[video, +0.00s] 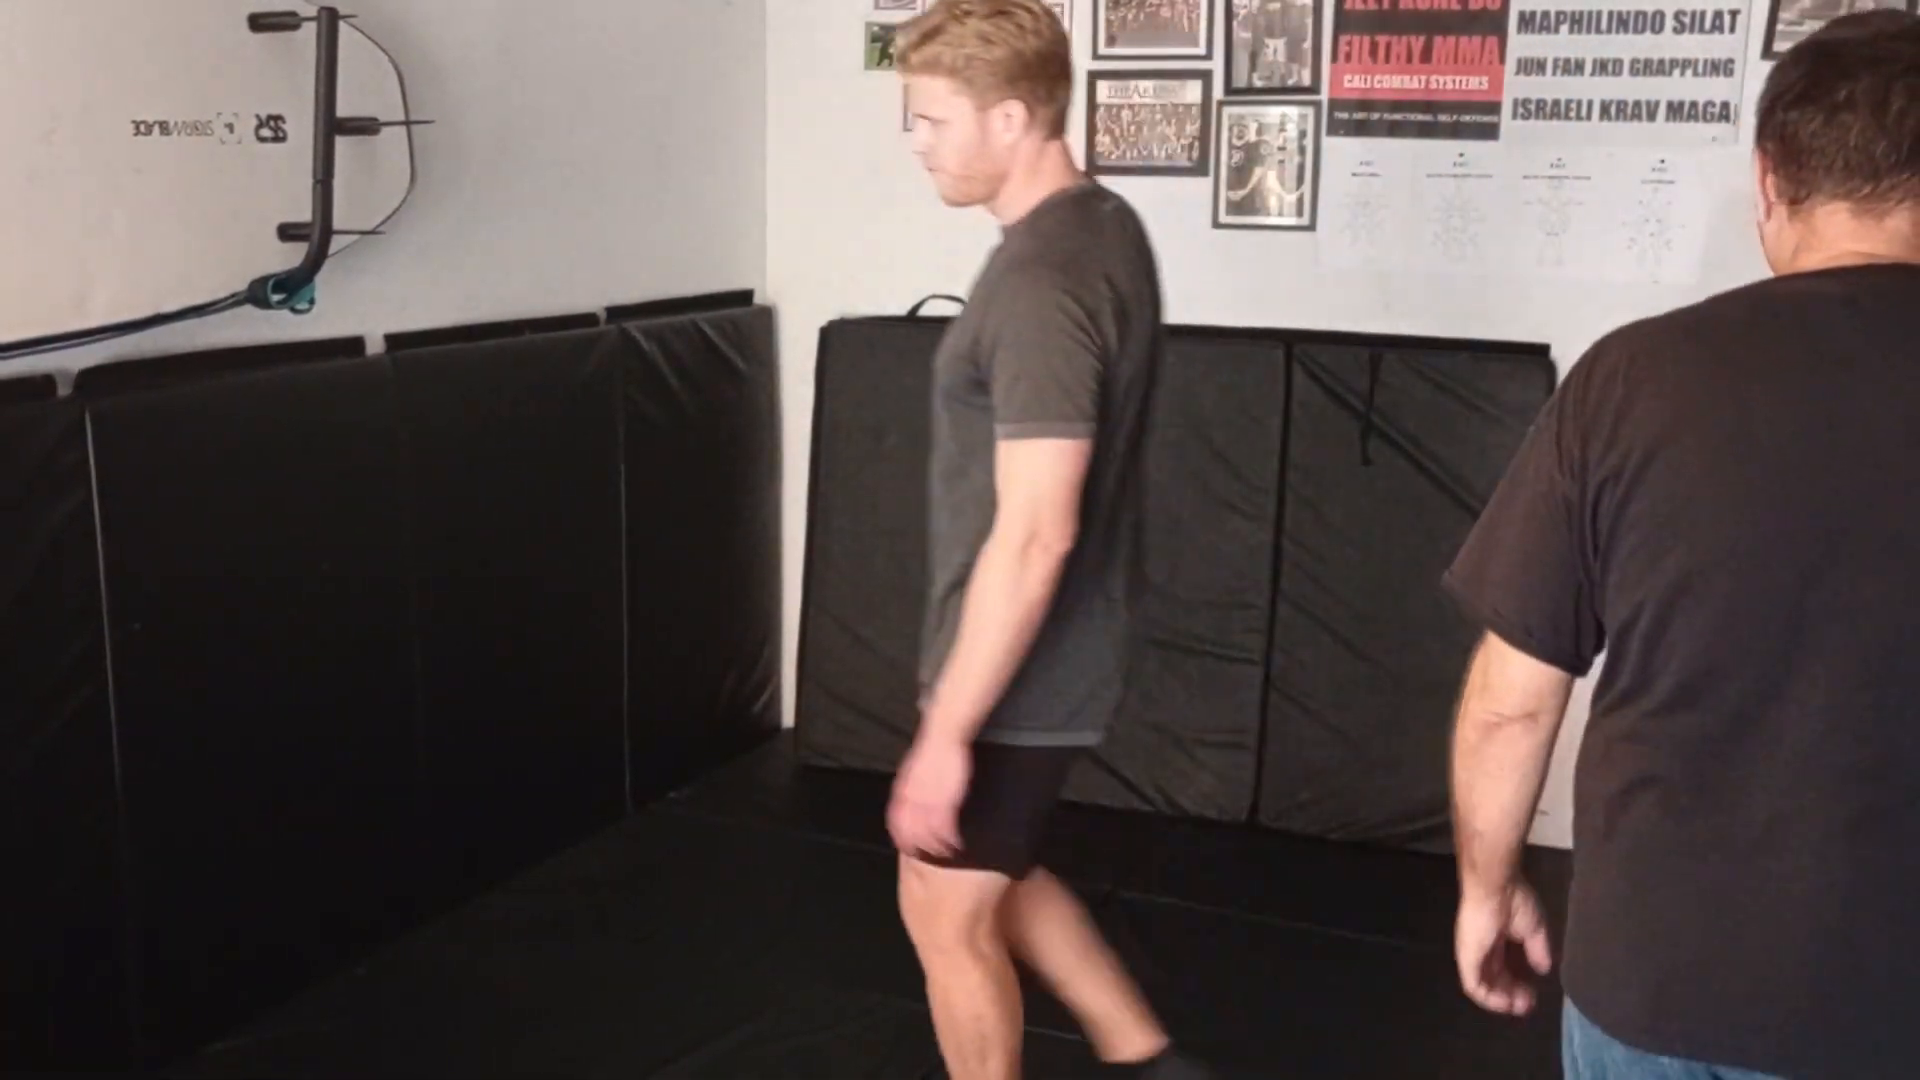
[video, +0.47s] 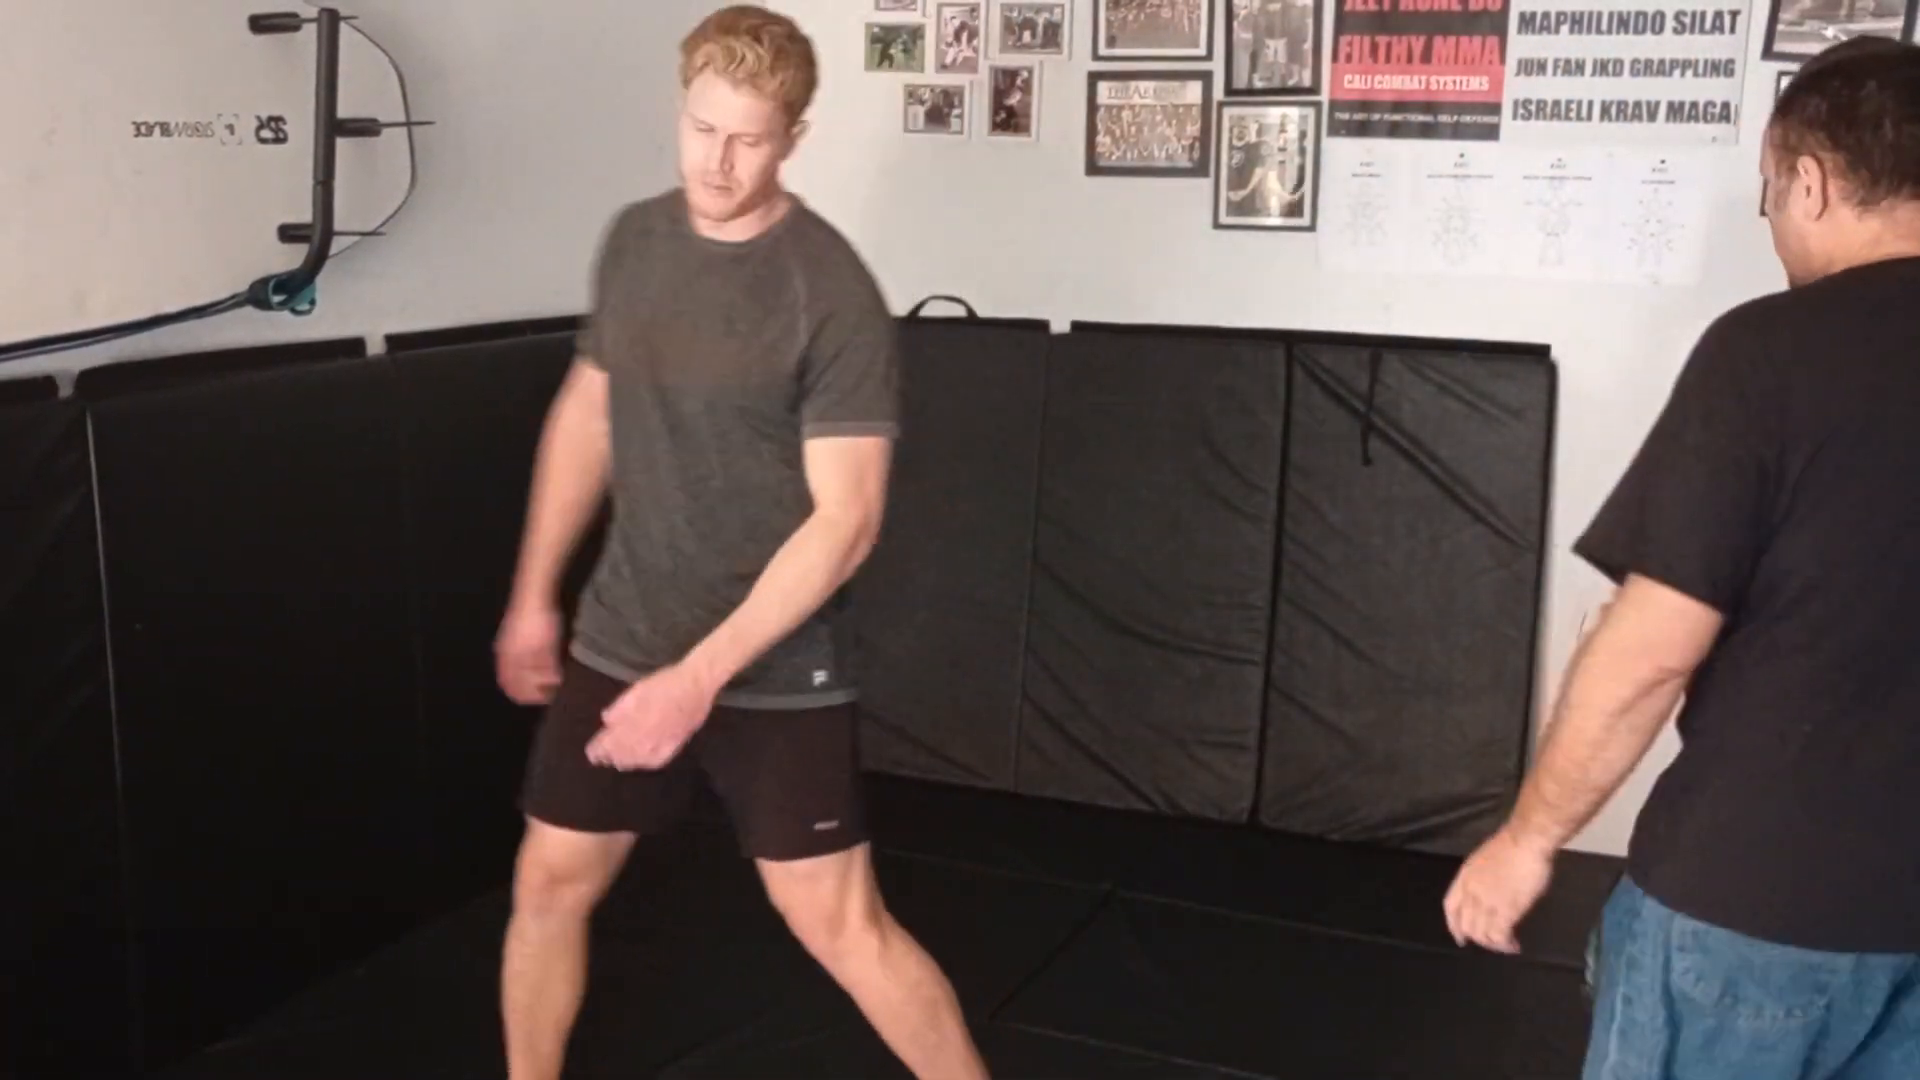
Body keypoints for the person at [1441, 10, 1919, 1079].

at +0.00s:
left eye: (1758, 190)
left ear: (1769, 186)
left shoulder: (1641, 379)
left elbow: (1510, 698)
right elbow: (1513, 697)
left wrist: (1487, 882)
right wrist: (1492, 885)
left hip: (1660, 998)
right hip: (1894, 1003)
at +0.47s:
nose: (1771, 228)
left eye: (1769, 196)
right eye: (1767, 198)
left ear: (1811, 181)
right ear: (1909, 179)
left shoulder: (1783, 347)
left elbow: (1659, 646)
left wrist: (1529, 836)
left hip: (1760, 901)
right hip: (1902, 911)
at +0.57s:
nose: (1759, 216)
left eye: (1764, 186)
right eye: (1758, 187)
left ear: (1821, 184)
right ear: (1891, 180)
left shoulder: (1809, 344)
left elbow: (1709, 638)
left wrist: (1572, 864)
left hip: (1743, 881)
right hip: (1905, 894)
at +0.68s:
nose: (1736, 208)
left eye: (1743, 177)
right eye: (1735, 179)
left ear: (1810, 180)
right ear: (1905, 176)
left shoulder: (1813, 340)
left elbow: (1764, 632)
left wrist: (1646, 878)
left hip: (1760, 867)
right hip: (1901, 871)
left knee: (1603, 1056)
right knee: (1852, 1065)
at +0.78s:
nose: (1710, 198)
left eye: (1721, 168)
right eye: (1713, 169)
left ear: (1791, 178)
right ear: (1884, 171)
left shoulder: (1802, 338)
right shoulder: (1904, 304)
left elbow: (1791, 632)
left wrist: (1713, 900)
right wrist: (1750, 311)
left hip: (1724, 880)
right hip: (1891, 880)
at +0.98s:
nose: (1638, 201)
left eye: (1651, 173)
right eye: (1642, 172)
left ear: (1730, 188)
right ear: (1753, 182)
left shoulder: (1742, 355)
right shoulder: (1889, 308)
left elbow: (1735, 640)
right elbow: (1686, 520)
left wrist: (1685, 893)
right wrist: (1670, 332)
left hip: (1687, 855)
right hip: (1829, 842)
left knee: (1641, 1064)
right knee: (1767, 1066)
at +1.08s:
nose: (1609, 205)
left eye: (1624, 178)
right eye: (1612, 176)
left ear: (1710, 190)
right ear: (1724, 187)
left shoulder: (1735, 356)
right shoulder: (1857, 306)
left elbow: (1712, 637)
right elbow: (1647, 500)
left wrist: (1605, 858)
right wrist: (1640, 319)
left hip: (1685, 838)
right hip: (1771, 819)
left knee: (1636, 1065)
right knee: (1690, 1055)